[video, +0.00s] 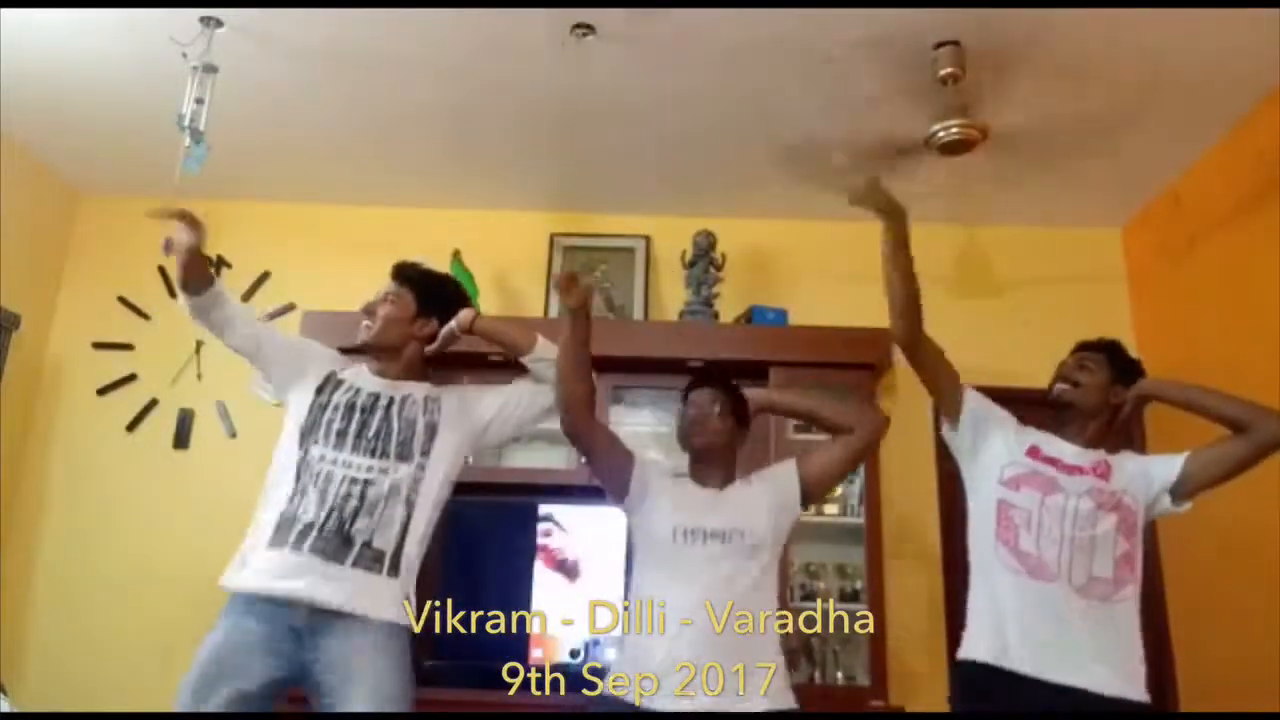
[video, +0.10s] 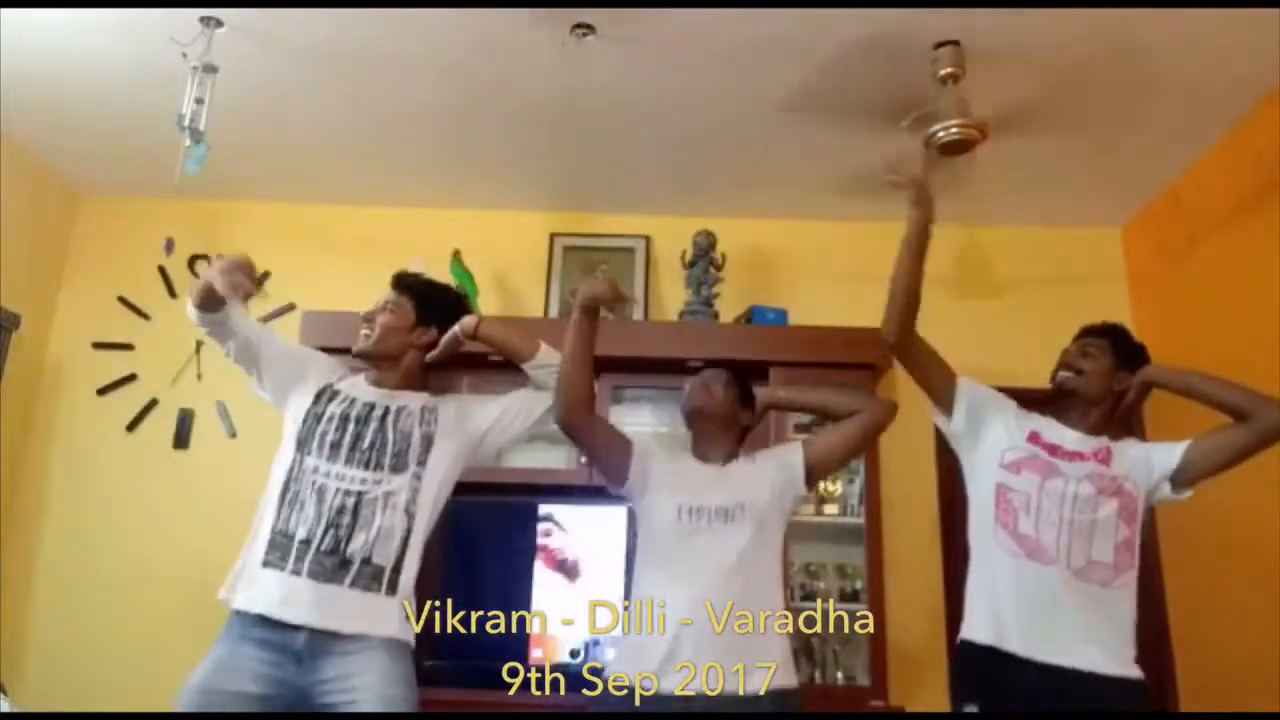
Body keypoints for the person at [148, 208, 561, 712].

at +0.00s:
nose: (369, 306)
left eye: (389, 300)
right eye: (375, 298)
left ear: (427, 331)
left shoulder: (460, 413)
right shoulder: (315, 369)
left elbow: (565, 382)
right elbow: (227, 318)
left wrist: (478, 325)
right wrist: (191, 257)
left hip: (367, 622)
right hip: (260, 604)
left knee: (374, 708)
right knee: (197, 707)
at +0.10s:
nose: (369, 315)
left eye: (390, 309)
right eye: (378, 306)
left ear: (426, 338)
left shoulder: (460, 420)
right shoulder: (313, 377)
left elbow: (569, 394)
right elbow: (226, 327)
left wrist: (489, 329)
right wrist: (213, 289)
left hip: (366, 646)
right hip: (257, 631)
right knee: (195, 704)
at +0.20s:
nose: (370, 318)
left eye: (390, 312)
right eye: (378, 309)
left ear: (427, 341)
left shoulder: (456, 422)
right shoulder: (314, 380)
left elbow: (565, 386)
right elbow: (229, 322)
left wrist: (478, 328)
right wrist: (214, 278)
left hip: (363, 650)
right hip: (255, 634)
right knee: (195, 703)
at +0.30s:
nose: (365, 303)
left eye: (385, 297)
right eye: (371, 293)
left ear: (421, 325)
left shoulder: (453, 407)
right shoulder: (316, 361)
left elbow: (563, 374)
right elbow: (215, 288)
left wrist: (471, 318)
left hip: (351, 603)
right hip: (251, 584)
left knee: (361, 704)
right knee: (195, 702)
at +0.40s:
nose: (361, 302)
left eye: (379, 296)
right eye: (367, 291)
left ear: (417, 323)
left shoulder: (455, 401)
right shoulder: (313, 360)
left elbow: (560, 372)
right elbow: (214, 288)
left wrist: (467, 315)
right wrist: (147, 181)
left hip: (351, 606)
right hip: (251, 585)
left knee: (357, 705)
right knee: (199, 702)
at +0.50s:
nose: (354, 300)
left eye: (374, 293)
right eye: (361, 290)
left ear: (413, 319)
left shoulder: (447, 399)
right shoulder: (302, 359)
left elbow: (551, 380)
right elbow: (211, 296)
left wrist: (462, 320)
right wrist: (174, 193)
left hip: (355, 617)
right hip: (251, 599)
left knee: (364, 703)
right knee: (193, 704)